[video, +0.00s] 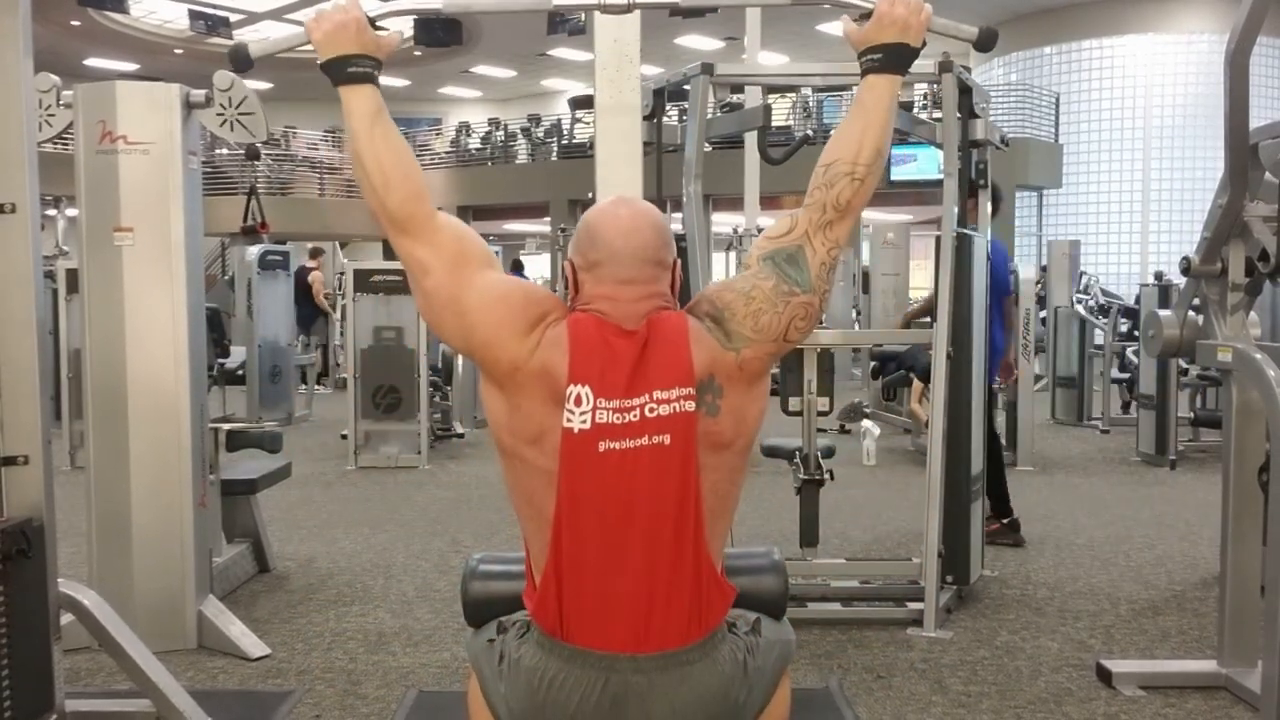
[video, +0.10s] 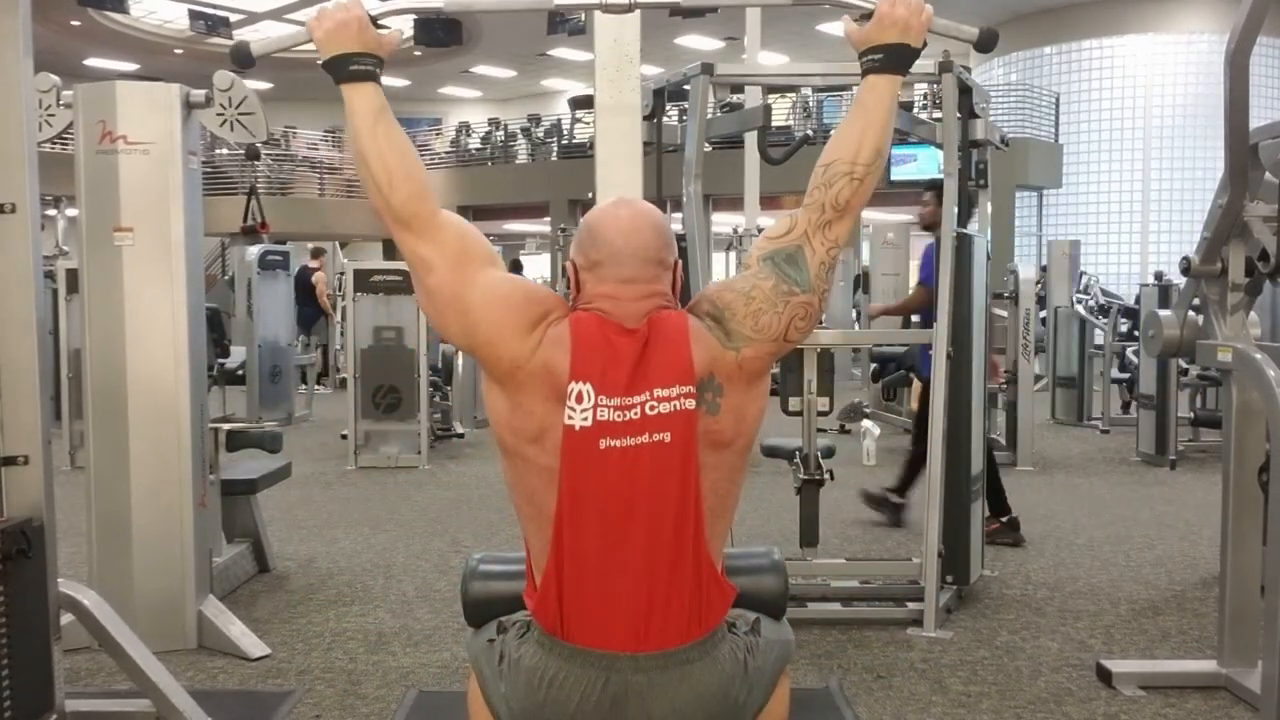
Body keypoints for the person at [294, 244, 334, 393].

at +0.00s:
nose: (322, 261)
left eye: (322, 258)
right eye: (322, 258)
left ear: (309, 257)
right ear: (319, 258)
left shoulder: (299, 270)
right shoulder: (316, 275)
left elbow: (303, 293)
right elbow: (318, 297)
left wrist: (322, 293)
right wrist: (330, 311)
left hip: (302, 313)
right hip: (315, 314)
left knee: (303, 347)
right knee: (317, 348)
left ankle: (303, 381)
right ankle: (316, 382)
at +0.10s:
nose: (324, 260)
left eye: (324, 258)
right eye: (324, 258)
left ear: (311, 257)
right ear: (321, 258)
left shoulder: (301, 270)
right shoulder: (319, 275)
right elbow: (321, 298)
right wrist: (331, 313)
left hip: (302, 311)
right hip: (316, 313)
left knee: (303, 346)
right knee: (317, 347)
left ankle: (302, 381)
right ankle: (315, 381)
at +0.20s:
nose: (326, 260)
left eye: (326, 258)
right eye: (326, 258)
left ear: (313, 257)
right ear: (324, 258)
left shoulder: (302, 270)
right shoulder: (321, 275)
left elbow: (298, 292)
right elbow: (324, 298)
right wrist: (332, 314)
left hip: (303, 312)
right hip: (318, 313)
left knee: (303, 346)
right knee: (320, 347)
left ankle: (303, 381)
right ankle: (317, 381)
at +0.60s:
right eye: (328, 258)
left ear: (316, 258)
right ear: (326, 259)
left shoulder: (305, 274)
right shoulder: (325, 276)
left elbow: (301, 293)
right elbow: (328, 297)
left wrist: (304, 306)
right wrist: (332, 313)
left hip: (305, 311)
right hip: (321, 312)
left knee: (305, 346)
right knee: (326, 346)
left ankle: (303, 380)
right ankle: (323, 377)